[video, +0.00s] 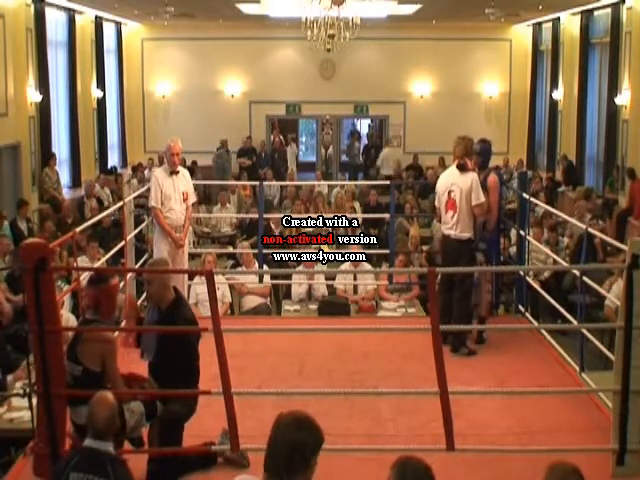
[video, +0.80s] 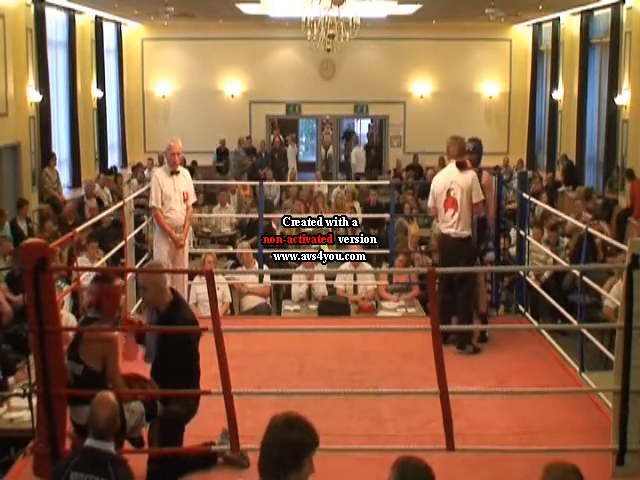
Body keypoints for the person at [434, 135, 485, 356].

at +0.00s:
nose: (473, 158)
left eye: (470, 153)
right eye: (473, 154)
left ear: (454, 154)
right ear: (470, 155)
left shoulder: (443, 176)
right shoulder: (471, 178)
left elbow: (438, 207)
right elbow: (479, 209)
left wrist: (446, 222)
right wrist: (475, 178)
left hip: (446, 237)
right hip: (464, 238)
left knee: (446, 285)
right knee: (463, 288)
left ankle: (444, 329)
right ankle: (459, 338)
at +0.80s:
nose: (465, 155)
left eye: (456, 151)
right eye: (465, 152)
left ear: (447, 153)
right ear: (465, 153)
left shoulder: (437, 178)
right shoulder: (470, 176)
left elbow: (433, 210)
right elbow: (478, 207)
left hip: (444, 237)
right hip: (464, 237)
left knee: (445, 284)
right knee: (466, 286)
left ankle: (443, 329)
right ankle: (464, 336)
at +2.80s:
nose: (466, 155)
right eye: (466, 151)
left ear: (447, 153)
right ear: (465, 152)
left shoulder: (440, 180)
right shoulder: (471, 178)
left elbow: (437, 213)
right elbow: (480, 210)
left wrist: (450, 222)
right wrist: (491, 193)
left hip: (449, 235)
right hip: (468, 236)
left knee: (449, 283)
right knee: (467, 285)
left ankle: (448, 327)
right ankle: (464, 336)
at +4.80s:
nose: (473, 158)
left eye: (471, 155)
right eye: (473, 155)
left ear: (455, 153)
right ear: (470, 154)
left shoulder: (444, 176)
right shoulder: (474, 178)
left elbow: (439, 206)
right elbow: (484, 209)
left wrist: (445, 227)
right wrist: (487, 184)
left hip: (449, 235)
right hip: (468, 237)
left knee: (449, 282)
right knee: (467, 285)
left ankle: (448, 327)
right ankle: (465, 336)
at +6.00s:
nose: (470, 154)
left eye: (463, 150)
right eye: (470, 151)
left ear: (452, 152)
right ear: (469, 152)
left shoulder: (443, 176)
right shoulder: (474, 176)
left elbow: (438, 205)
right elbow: (484, 205)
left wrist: (446, 224)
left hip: (450, 235)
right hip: (469, 236)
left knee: (449, 282)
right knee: (468, 284)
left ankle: (448, 327)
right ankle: (464, 334)